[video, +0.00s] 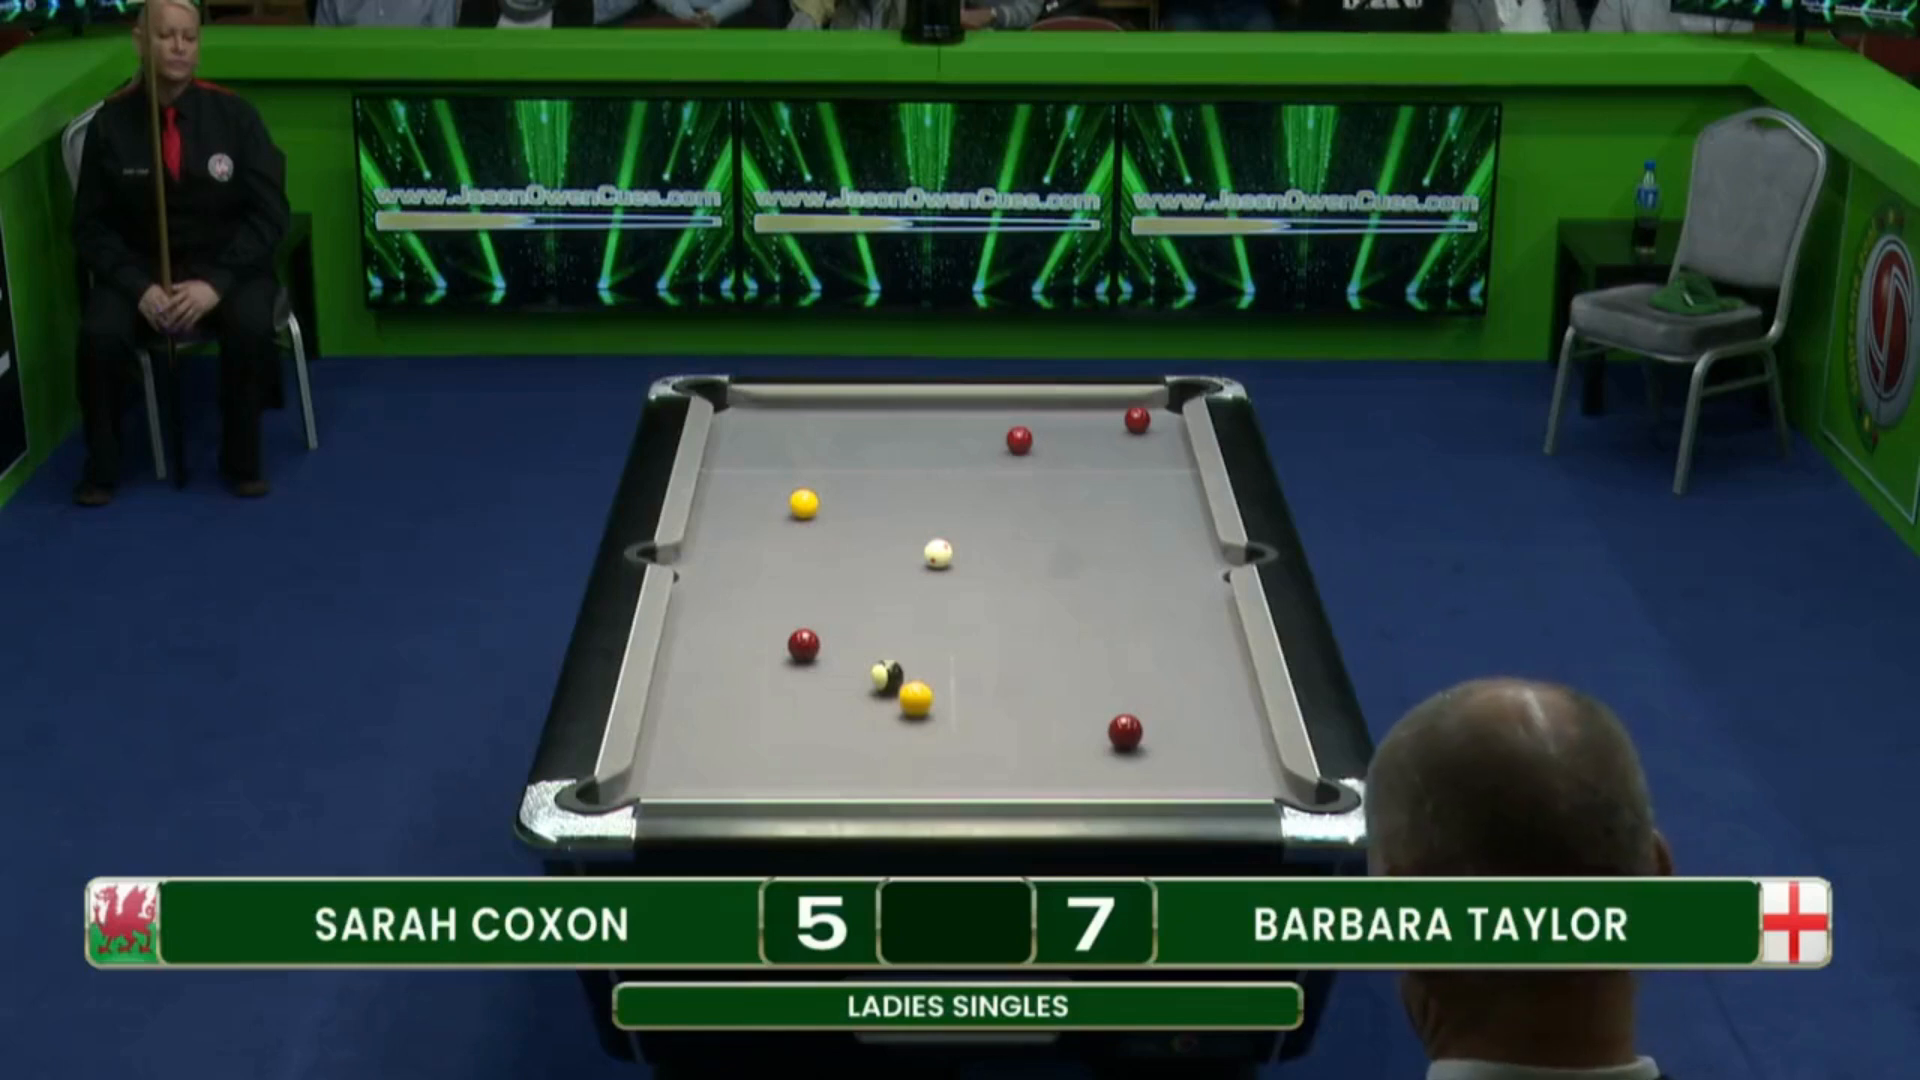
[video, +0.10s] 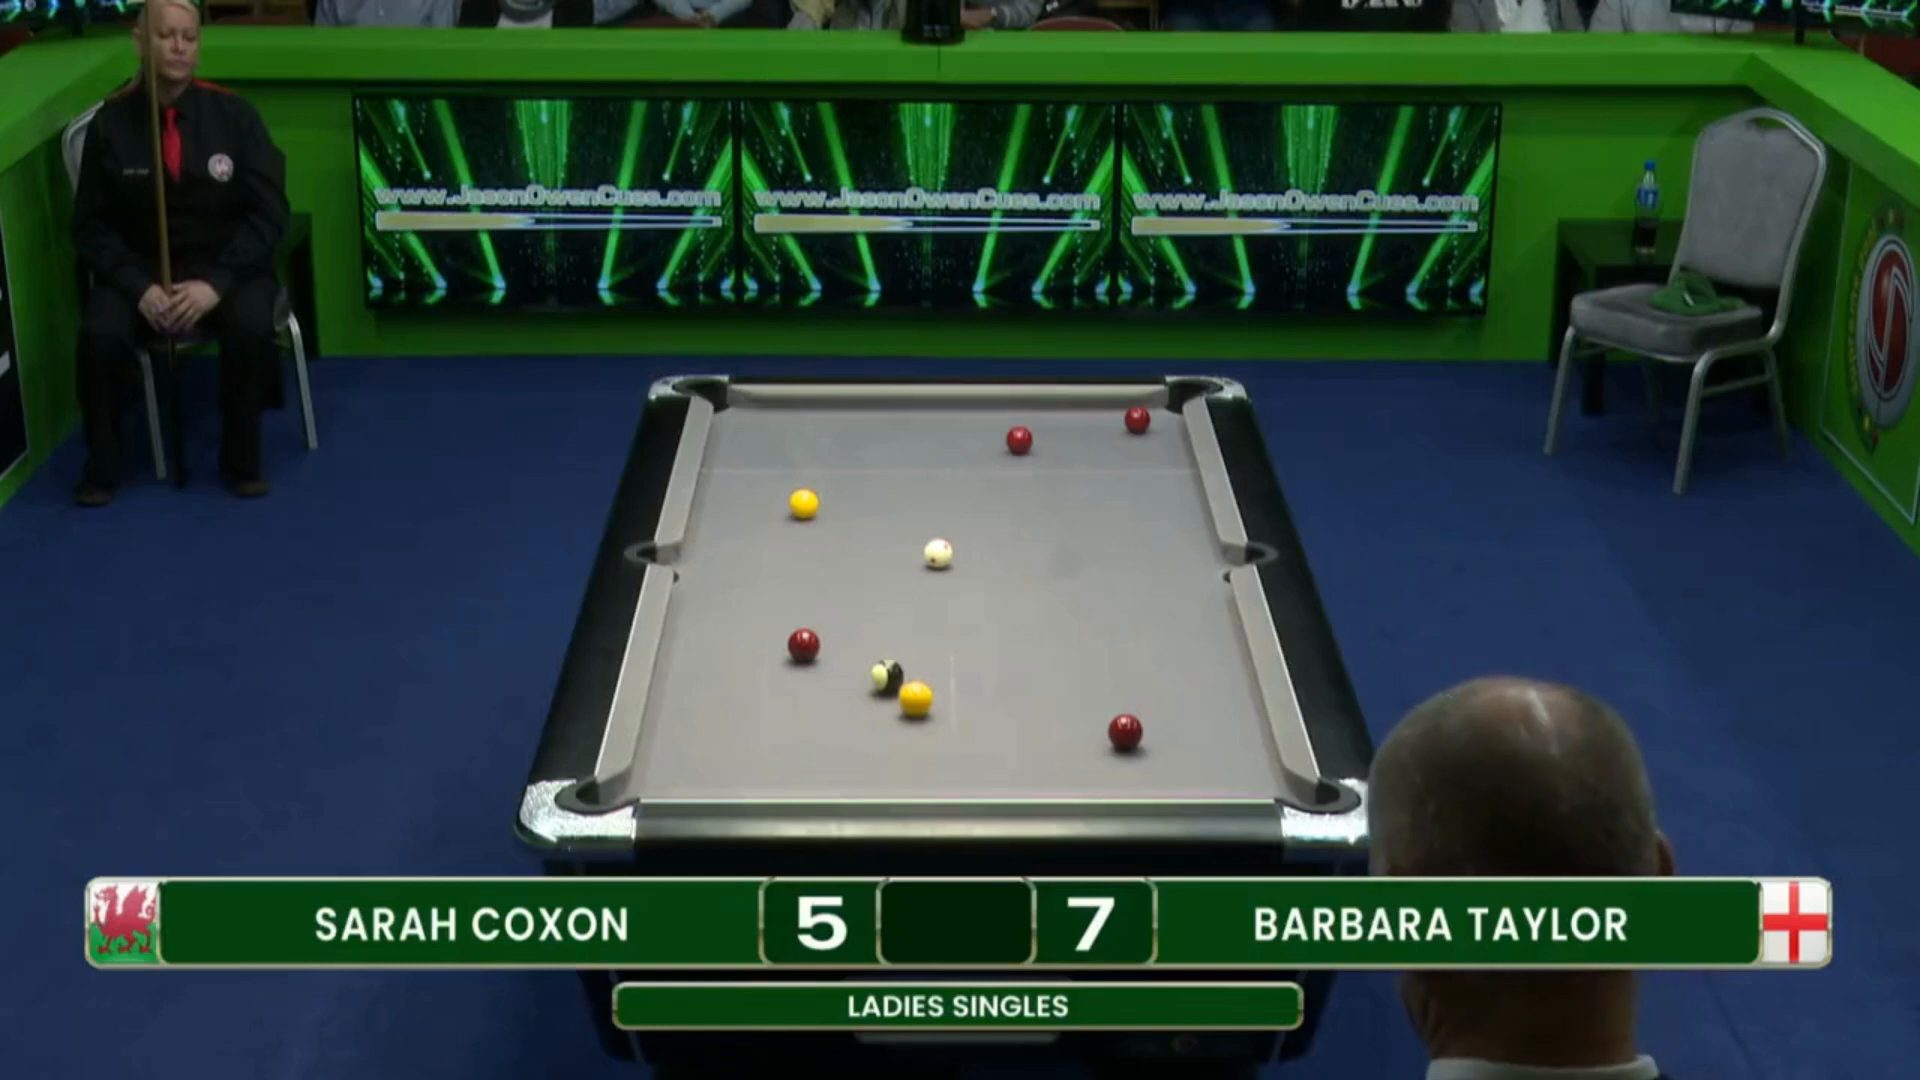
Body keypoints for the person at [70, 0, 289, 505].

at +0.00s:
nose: (180, 48)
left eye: (189, 37)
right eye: (166, 36)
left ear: (199, 44)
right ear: (141, 41)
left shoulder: (235, 115)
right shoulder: (111, 121)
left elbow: (269, 214)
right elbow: (90, 226)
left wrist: (213, 283)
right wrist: (140, 287)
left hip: (221, 267)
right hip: (138, 273)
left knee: (249, 327)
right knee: (102, 334)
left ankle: (243, 462)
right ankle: (102, 468)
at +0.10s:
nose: (180, 48)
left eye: (189, 37)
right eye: (166, 36)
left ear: (199, 44)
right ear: (141, 41)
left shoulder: (235, 115)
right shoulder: (111, 121)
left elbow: (269, 214)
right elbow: (90, 226)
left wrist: (213, 283)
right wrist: (140, 287)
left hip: (221, 267)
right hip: (138, 273)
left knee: (249, 327)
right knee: (102, 334)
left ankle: (243, 462)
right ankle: (101, 468)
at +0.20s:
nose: (180, 47)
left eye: (189, 37)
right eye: (166, 36)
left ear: (199, 44)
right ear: (141, 41)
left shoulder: (235, 115)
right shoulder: (111, 121)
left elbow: (269, 214)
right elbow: (90, 226)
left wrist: (213, 283)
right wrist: (140, 287)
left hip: (221, 267)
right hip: (138, 273)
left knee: (249, 327)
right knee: (102, 334)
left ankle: (243, 462)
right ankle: (101, 468)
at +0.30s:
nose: (180, 47)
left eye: (189, 37)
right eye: (166, 36)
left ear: (199, 44)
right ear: (141, 41)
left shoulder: (234, 115)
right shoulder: (111, 121)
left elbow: (269, 214)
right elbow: (90, 226)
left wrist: (213, 283)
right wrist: (140, 287)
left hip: (221, 268)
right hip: (138, 274)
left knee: (249, 327)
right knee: (102, 333)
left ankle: (243, 462)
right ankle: (101, 468)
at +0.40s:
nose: (180, 47)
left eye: (189, 37)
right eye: (166, 36)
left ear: (199, 44)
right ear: (141, 41)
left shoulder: (235, 115)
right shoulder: (111, 122)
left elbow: (269, 214)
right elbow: (90, 226)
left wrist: (213, 283)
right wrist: (140, 287)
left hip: (221, 268)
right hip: (138, 274)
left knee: (249, 327)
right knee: (102, 333)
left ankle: (243, 462)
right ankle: (101, 468)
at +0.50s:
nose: (180, 47)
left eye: (189, 37)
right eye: (166, 36)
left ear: (199, 44)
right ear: (141, 41)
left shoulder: (235, 115)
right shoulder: (111, 121)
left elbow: (269, 214)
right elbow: (90, 226)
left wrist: (213, 283)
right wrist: (140, 287)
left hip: (221, 268)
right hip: (138, 274)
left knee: (249, 327)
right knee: (102, 333)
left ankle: (243, 462)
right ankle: (101, 468)